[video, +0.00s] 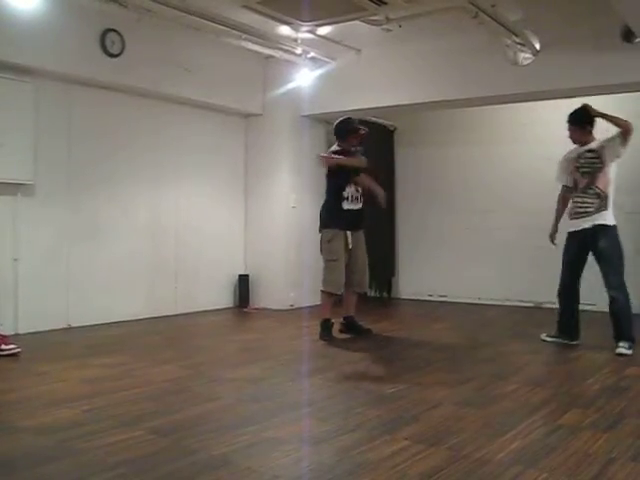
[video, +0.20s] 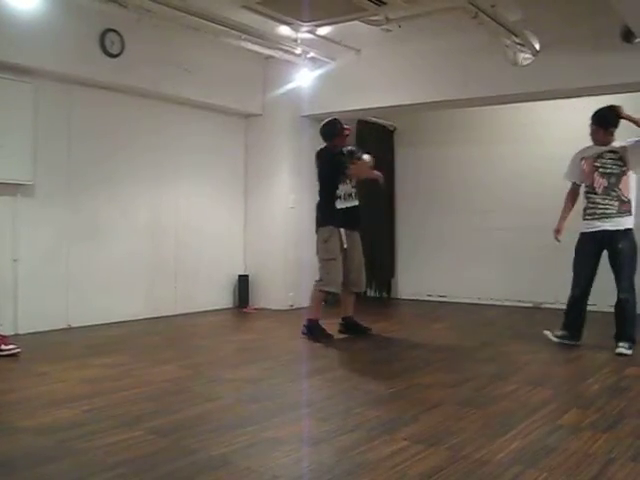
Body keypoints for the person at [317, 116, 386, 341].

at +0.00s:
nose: (360, 140)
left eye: (360, 137)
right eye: (356, 137)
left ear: (355, 137)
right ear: (345, 137)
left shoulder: (356, 155)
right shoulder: (335, 156)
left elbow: (362, 163)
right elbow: (357, 178)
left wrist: (336, 161)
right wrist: (378, 190)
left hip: (354, 223)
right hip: (334, 223)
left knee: (356, 274)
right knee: (333, 275)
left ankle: (349, 319)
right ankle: (326, 323)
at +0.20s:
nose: (348, 132)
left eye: (347, 129)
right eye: (344, 130)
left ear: (337, 136)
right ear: (336, 135)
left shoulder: (347, 153)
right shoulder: (326, 155)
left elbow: (368, 162)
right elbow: (352, 171)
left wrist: (361, 166)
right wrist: (368, 165)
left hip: (350, 221)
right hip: (330, 221)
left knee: (352, 273)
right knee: (329, 274)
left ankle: (347, 319)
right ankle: (312, 322)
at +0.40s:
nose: (335, 137)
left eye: (334, 133)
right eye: (331, 134)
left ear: (334, 135)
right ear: (320, 138)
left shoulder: (347, 155)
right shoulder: (308, 155)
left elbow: (373, 163)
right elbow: (316, 178)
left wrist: (400, 170)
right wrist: (343, 190)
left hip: (342, 225)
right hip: (317, 225)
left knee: (348, 274)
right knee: (318, 275)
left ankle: (346, 319)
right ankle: (308, 324)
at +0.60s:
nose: (325, 140)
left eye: (327, 135)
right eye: (321, 136)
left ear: (331, 135)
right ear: (313, 136)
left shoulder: (341, 160)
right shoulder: (298, 161)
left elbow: (364, 184)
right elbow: (285, 186)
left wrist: (384, 202)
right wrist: (280, 210)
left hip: (335, 227)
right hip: (306, 227)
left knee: (342, 277)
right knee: (302, 276)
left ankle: (346, 323)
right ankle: (304, 325)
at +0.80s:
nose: (325, 140)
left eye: (327, 135)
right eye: (322, 135)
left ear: (329, 135)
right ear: (311, 134)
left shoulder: (333, 156)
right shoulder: (295, 156)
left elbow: (339, 184)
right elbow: (274, 182)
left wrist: (351, 205)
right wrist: (250, 202)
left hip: (330, 227)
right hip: (303, 227)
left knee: (337, 278)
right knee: (298, 279)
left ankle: (336, 323)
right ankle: (302, 325)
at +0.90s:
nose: (326, 141)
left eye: (328, 137)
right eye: (323, 136)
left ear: (330, 136)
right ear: (312, 135)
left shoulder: (332, 154)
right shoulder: (294, 153)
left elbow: (336, 180)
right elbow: (270, 173)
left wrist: (352, 196)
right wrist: (241, 179)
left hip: (327, 224)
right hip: (300, 225)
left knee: (336, 277)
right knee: (298, 277)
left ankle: (332, 324)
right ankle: (300, 326)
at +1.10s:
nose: (321, 147)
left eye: (324, 143)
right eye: (317, 142)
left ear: (328, 144)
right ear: (308, 141)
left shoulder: (333, 164)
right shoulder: (294, 158)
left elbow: (343, 185)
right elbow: (272, 165)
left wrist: (356, 178)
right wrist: (259, 155)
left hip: (323, 228)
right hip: (298, 227)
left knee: (341, 272)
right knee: (298, 275)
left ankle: (334, 323)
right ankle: (296, 325)